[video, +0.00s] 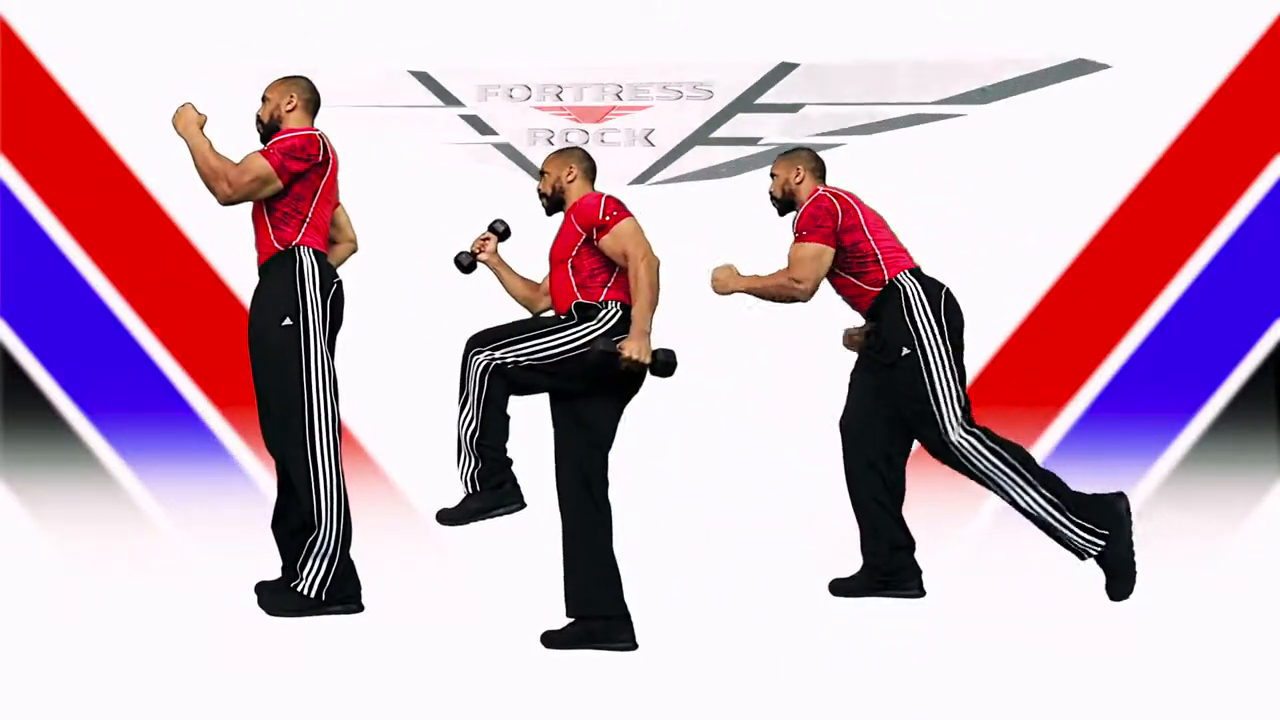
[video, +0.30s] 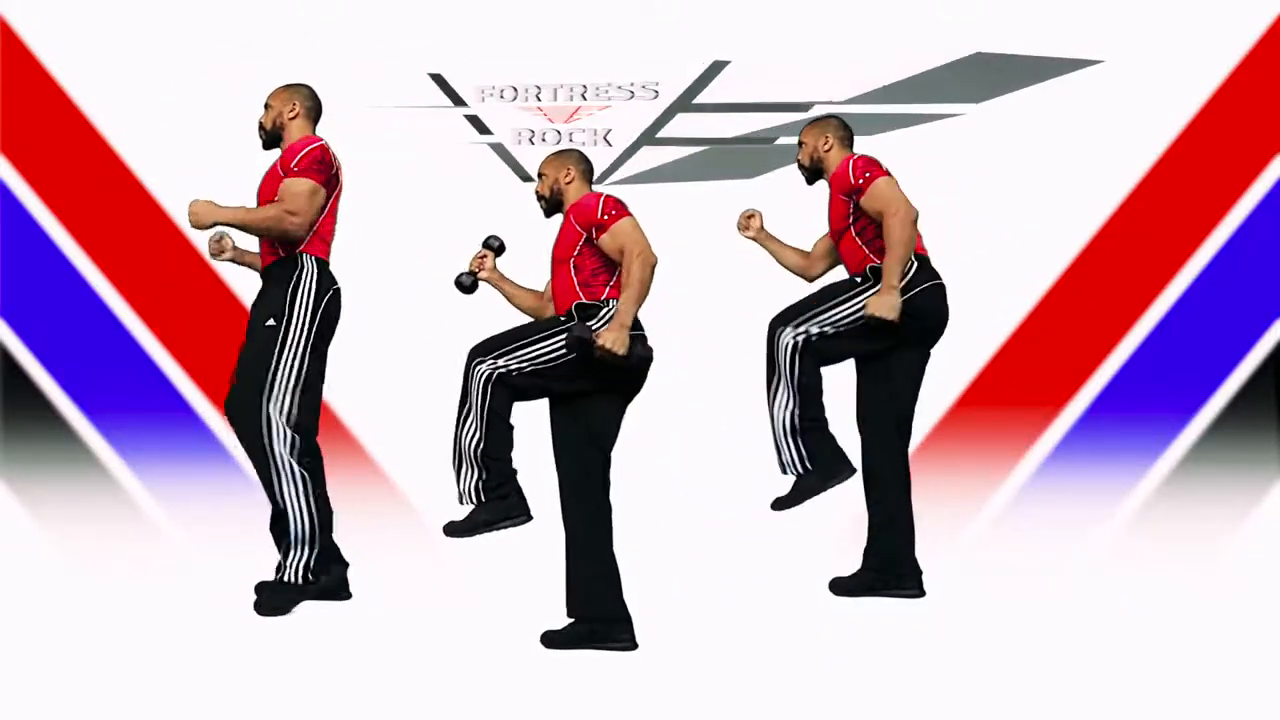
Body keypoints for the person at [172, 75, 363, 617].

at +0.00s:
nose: (258, 109)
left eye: (264, 100)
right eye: (260, 102)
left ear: (287, 102)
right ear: (298, 106)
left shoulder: (303, 143)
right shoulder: (303, 156)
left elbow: (229, 186)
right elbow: (343, 239)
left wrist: (193, 132)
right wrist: (296, 284)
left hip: (297, 284)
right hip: (289, 287)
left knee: (309, 428)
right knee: (288, 432)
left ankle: (326, 581)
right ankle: (304, 573)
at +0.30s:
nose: (261, 114)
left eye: (267, 105)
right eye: (263, 106)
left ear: (290, 108)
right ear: (295, 112)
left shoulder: (310, 149)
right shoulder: (283, 169)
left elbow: (294, 219)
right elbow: (287, 259)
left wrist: (221, 214)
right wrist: (240, 252)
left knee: (278, 417)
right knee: (245, 411)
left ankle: (303, 564)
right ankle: (315, 555)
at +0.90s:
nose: (261, 124)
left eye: (267, 114)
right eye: (262, 116)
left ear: (294, 115)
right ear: (295, 118)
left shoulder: (315, 155)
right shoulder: (286, 183)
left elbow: (356, 216)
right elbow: (230, 231)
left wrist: (307, 260)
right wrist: (208, 177)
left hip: (297, 284)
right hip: (297, 298)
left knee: (182, 294)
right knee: (289, 439)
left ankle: (192, 426)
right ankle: (316, 571)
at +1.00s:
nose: (261, 124)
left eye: (267, 114)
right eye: (263, 116)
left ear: (293, 115)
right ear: (295, 119)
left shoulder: (313, 156)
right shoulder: (285, 183)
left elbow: (356, 217)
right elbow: (230, 231)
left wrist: (306, 261)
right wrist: (208, 178)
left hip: (297, 286)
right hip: (298, 298)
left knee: (183, 300)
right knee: (286, 438)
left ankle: (196, 430)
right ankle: (316, 571)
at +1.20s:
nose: (261, 124)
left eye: (267, 114)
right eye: (262, 116)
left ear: (293, 115)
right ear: (295, 119)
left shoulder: (312, 156)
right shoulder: (286, 182)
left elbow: (355, 215)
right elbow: (230, 232)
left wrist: (308, 260)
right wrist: (208, 178)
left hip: (296, 285)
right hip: (298, 298)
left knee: (182, 299)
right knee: (286, 437)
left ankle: (193, 429)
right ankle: (316, 571)